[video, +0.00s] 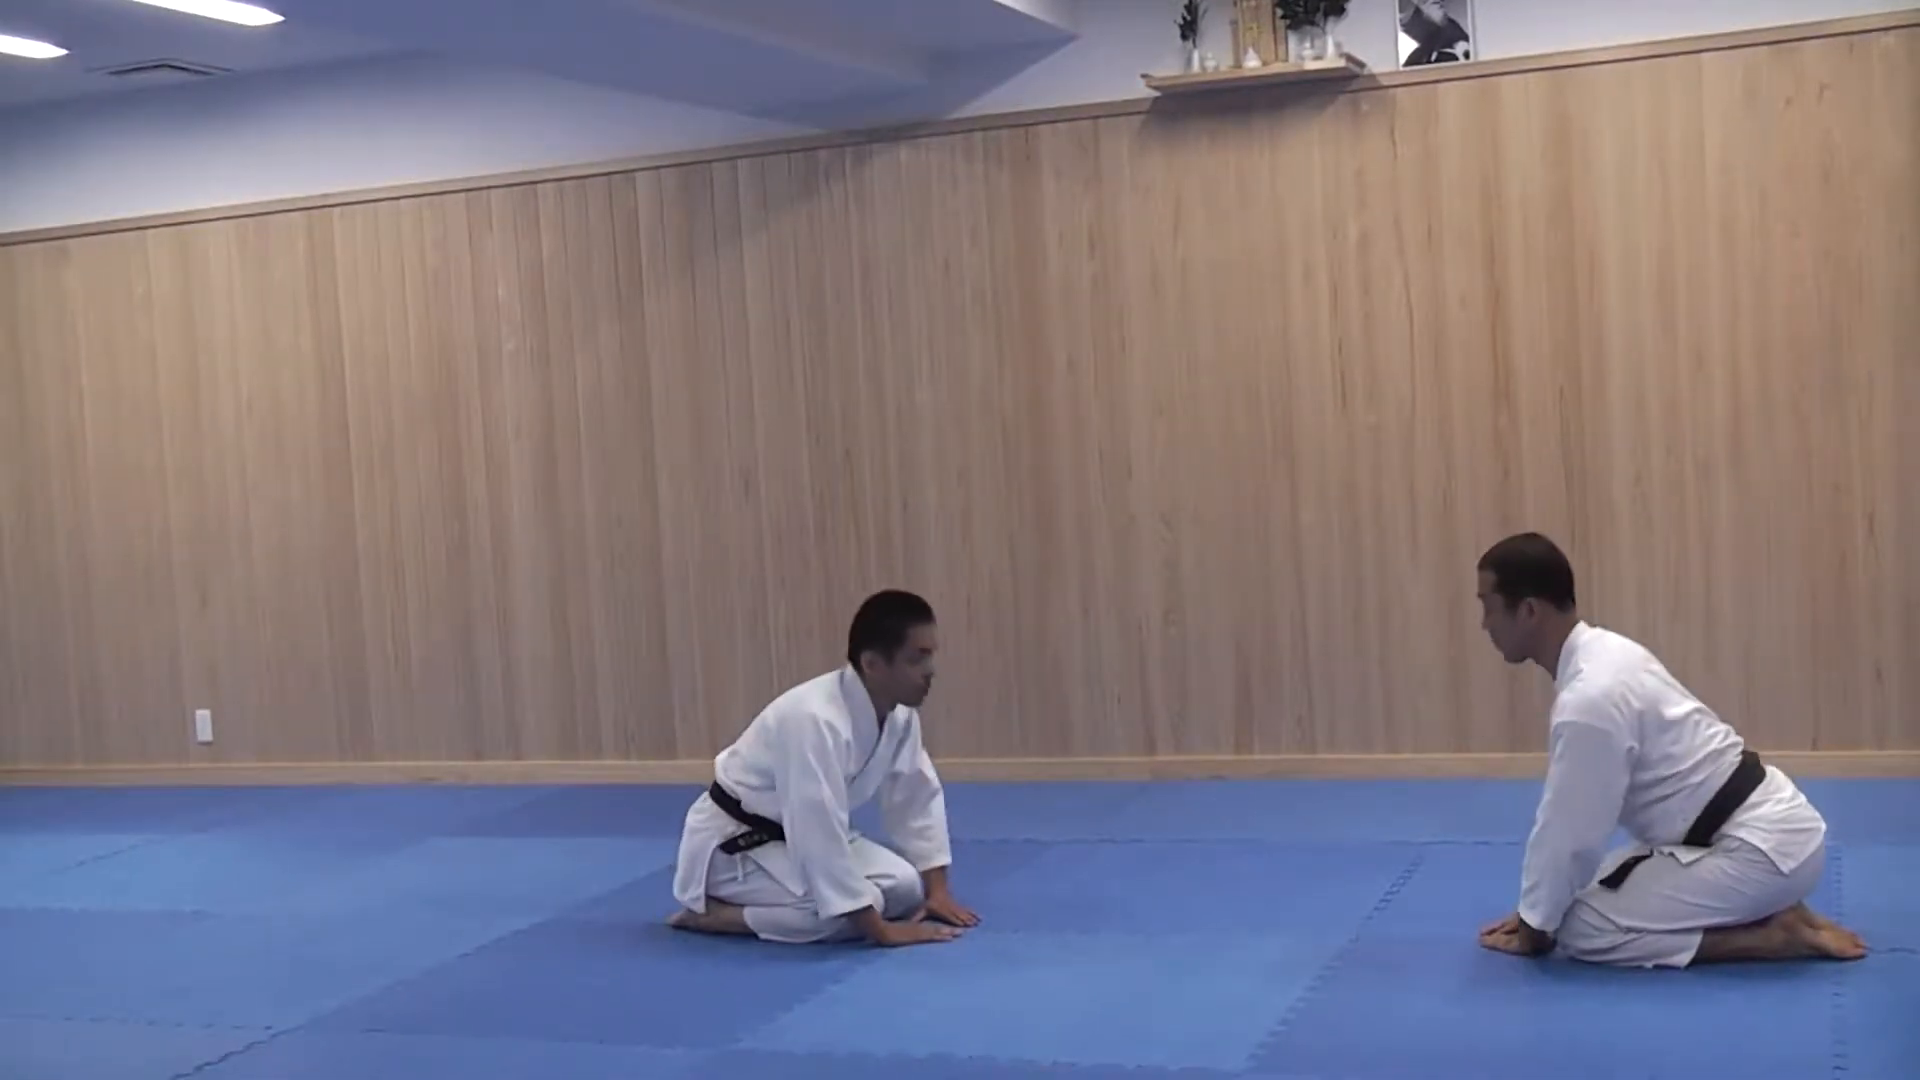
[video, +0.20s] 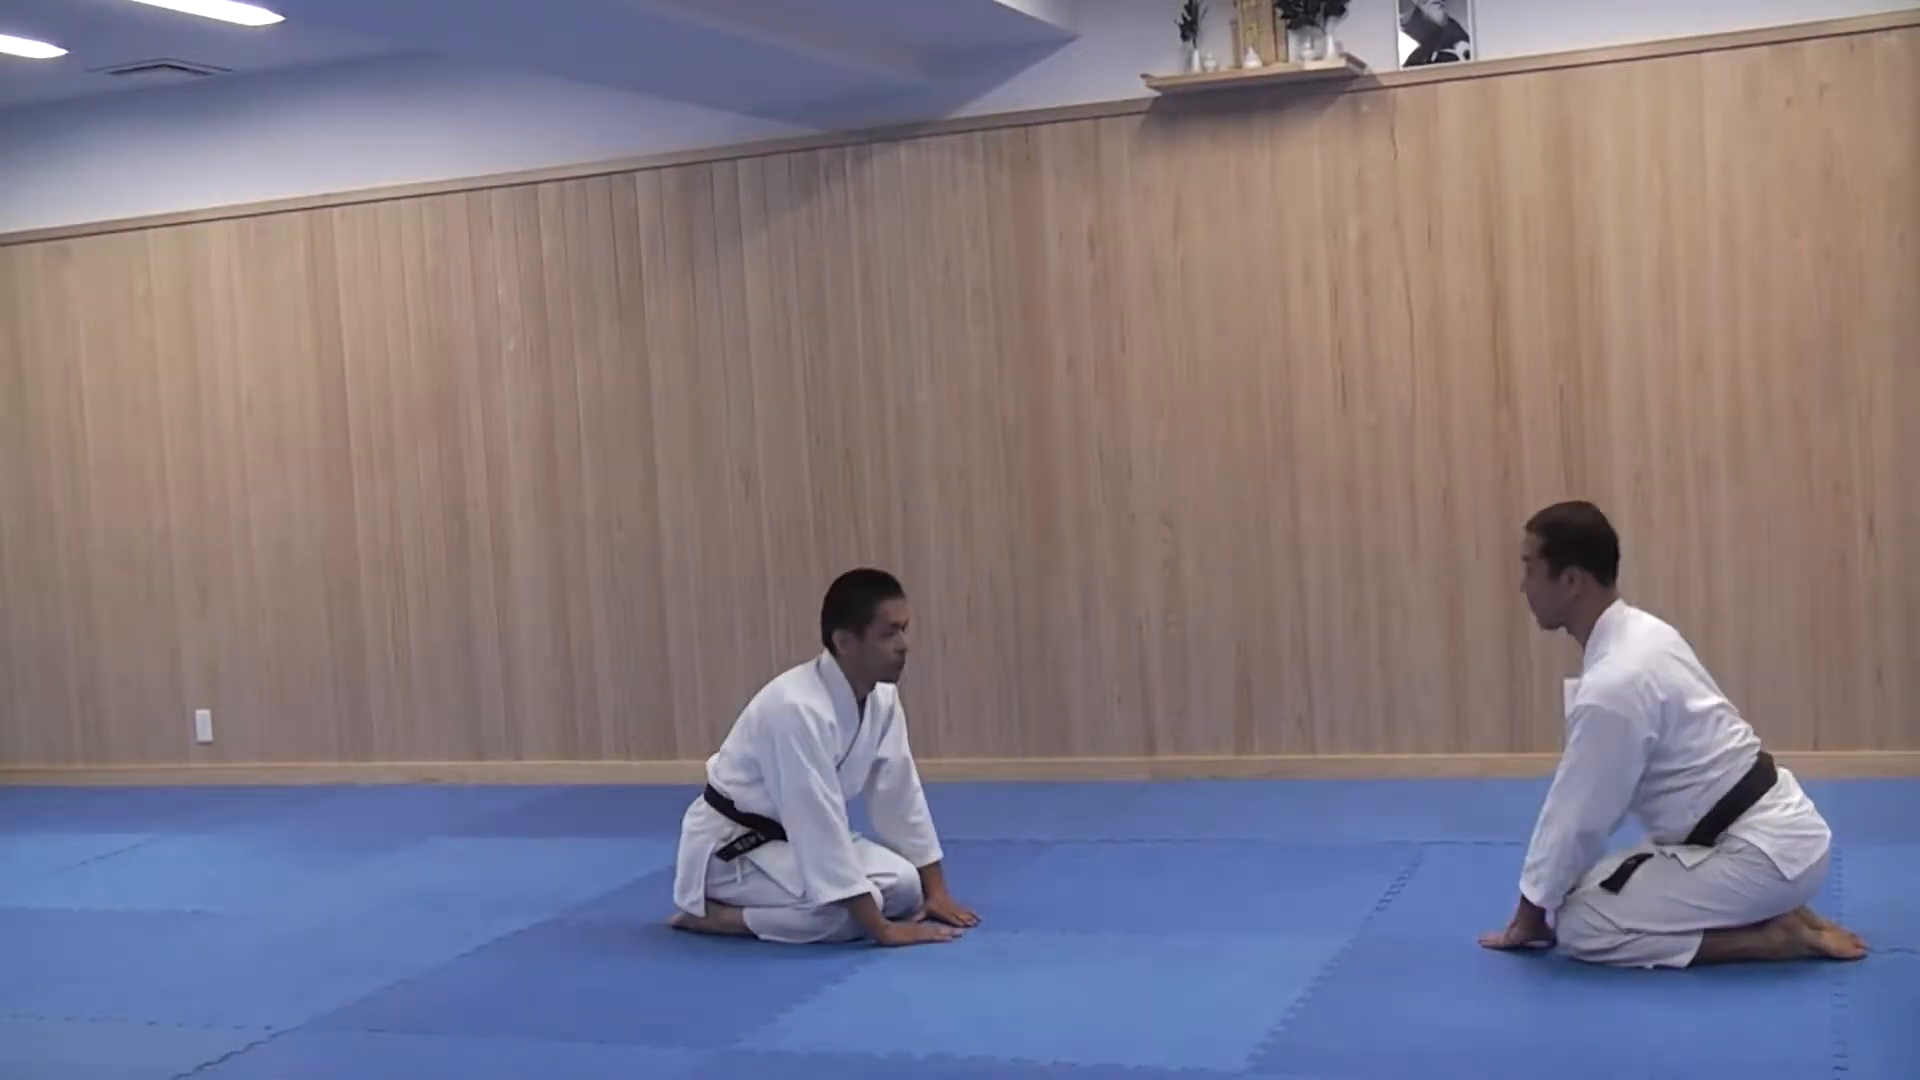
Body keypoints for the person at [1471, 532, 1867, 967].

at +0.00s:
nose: (1482, 621)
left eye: (1487, 605)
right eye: (1481, 605)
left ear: (1529, 611)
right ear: (1536, 609)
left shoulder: (1590, 698)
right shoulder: (1604, 653)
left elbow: (1570, 831)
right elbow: (1567, 808)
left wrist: (1536, 928)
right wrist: (1536, 911)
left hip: (1761, 852)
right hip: (1775, 823)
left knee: (1583, 932)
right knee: (1600, 894)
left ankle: (1774, 938)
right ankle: (1776, 921)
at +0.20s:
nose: (1521, 585)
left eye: (1530, 568)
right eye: (1523, 568)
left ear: (1572, 582)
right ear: (1576, 582)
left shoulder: (1617, 680)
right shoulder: (1639, 634)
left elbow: (1578, 815)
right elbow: (1576, 795)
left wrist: (1529, 918)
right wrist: (1540, 907)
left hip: (1763, 856)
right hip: (1780, 831)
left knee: (1580, 929)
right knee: (1592, 895)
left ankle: (1770, 941)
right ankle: (1776, 922)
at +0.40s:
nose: (1564, 553)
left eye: (1574, 539)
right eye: (1568, 537)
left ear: (1617, 557)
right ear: (1621, 558)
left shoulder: (1639, 666)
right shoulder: (1681, 616)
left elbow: (1585, 795)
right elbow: (1637, 752)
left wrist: (1533, 894)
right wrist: (1600, 839)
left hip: (1761, 860)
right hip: (1784, 832)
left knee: (1581, 926)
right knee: (1590, 895)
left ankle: (1777, 941)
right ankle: (1781, 921)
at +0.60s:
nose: (1611, 535)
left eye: (1621, 520)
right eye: (1616, 519)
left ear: (1662, 541)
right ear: (1667, 543)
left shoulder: (1672, 655)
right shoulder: (1718, 608)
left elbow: (1609, 783)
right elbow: (1686, 748)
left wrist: (1555, 879)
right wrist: (1631, 828)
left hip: (1766, 860)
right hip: (1791, 835)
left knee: (1585, 926)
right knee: (1604, 888)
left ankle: (1780, 941)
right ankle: (1787, 917)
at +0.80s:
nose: (1649, 520)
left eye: (1660, 506)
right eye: (1655, 504)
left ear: (1700, 528)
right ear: (1705, 530)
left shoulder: (1709, 644)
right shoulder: (1744, 605)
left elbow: (1645, 770)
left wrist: (1576, 869)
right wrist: (1653, 834)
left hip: (1775, 860)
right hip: (1796, 837)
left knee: (1584, 924)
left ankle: (1778, 943)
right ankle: (1785, 922)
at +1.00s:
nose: (1678, 517)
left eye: (1692, 502)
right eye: (1685, 500)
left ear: (1731, 523)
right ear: (1732, 524)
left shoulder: (1737, 638)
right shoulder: (1761, 605)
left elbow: (1674, 769)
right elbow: (1688, 759)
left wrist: (1597, 866)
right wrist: (1634, 855)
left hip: (1780, 862)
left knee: (1583, 924)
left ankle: (1782, 943)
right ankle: (1787, 922)